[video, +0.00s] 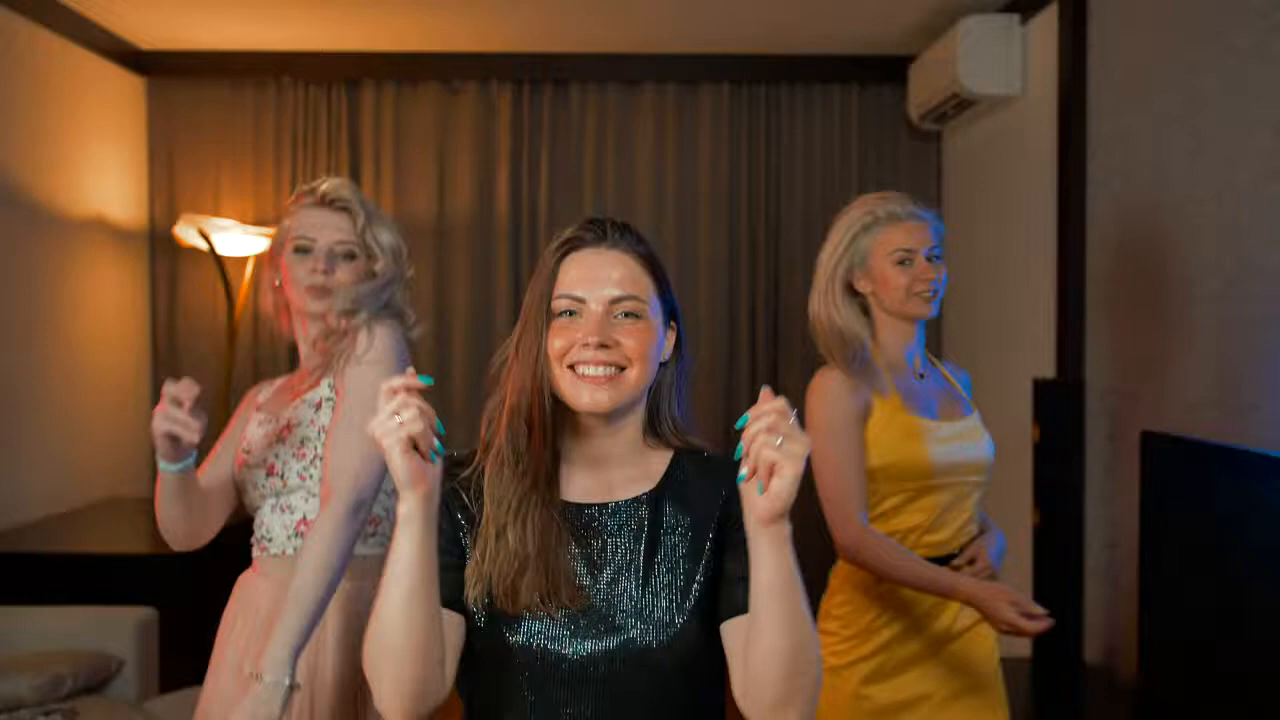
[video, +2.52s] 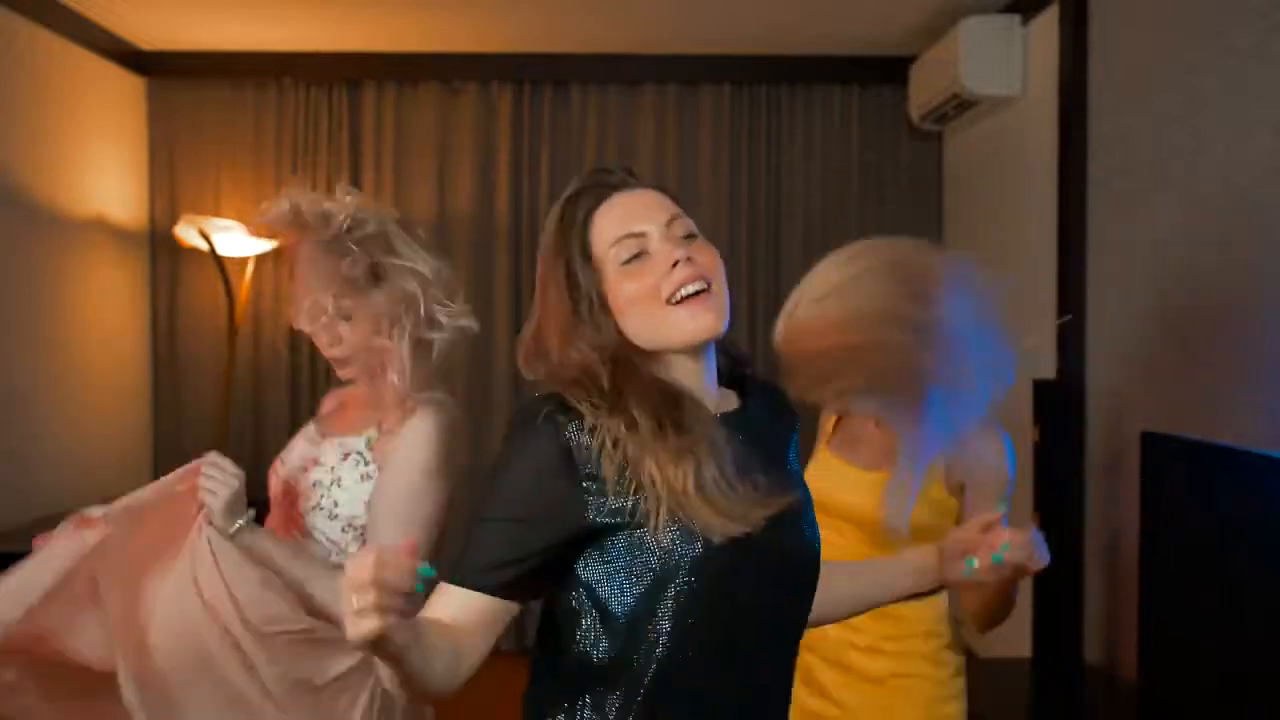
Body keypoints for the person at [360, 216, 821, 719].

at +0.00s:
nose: (595, 335)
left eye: (626, 313)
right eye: (567, 313)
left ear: (667, 343)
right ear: (536, 339)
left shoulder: (719, 494)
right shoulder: (473, 496)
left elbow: (778, 705)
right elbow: (401, 698)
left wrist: (769, 528)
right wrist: (416, 500)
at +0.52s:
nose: (628, 339)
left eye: (658, 317)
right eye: (600, 317)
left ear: (698, 347)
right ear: (566, 343)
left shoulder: (729, 503)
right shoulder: (500, 489)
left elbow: (794, 655)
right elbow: (383, 628)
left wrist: (812, 445)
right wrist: (400, 525)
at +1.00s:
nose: (601, 368)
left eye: (632, 344)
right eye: (573, 339)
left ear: (668, 368)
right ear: (536, 357)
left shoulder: (715, 488)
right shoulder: (493, 503)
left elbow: (754, 682)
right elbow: (429, 704)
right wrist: (479, 527)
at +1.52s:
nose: (573, 361)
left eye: (608, 330)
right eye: (548, 340)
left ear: (681, 350)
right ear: (529, 369)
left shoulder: (771, 501)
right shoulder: (486, 519)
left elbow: (864, 617)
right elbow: (423, 654)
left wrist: (891, 712)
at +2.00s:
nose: (616, 293)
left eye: (640, 272)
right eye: (581, 289)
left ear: (691, 310)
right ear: (555, 345)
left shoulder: (773, 458)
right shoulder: (521, 476)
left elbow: (794, 686)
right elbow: (512, 699)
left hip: (728, 704)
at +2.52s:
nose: (679, 255)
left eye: (684, 233)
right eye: (635, 252)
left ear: (720, 258)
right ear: (592, 305)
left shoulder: (768, 420)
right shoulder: (565, 436)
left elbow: (783, 594)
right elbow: (446, 661)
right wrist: (394, 631)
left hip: (749, 711)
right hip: (601, 706)